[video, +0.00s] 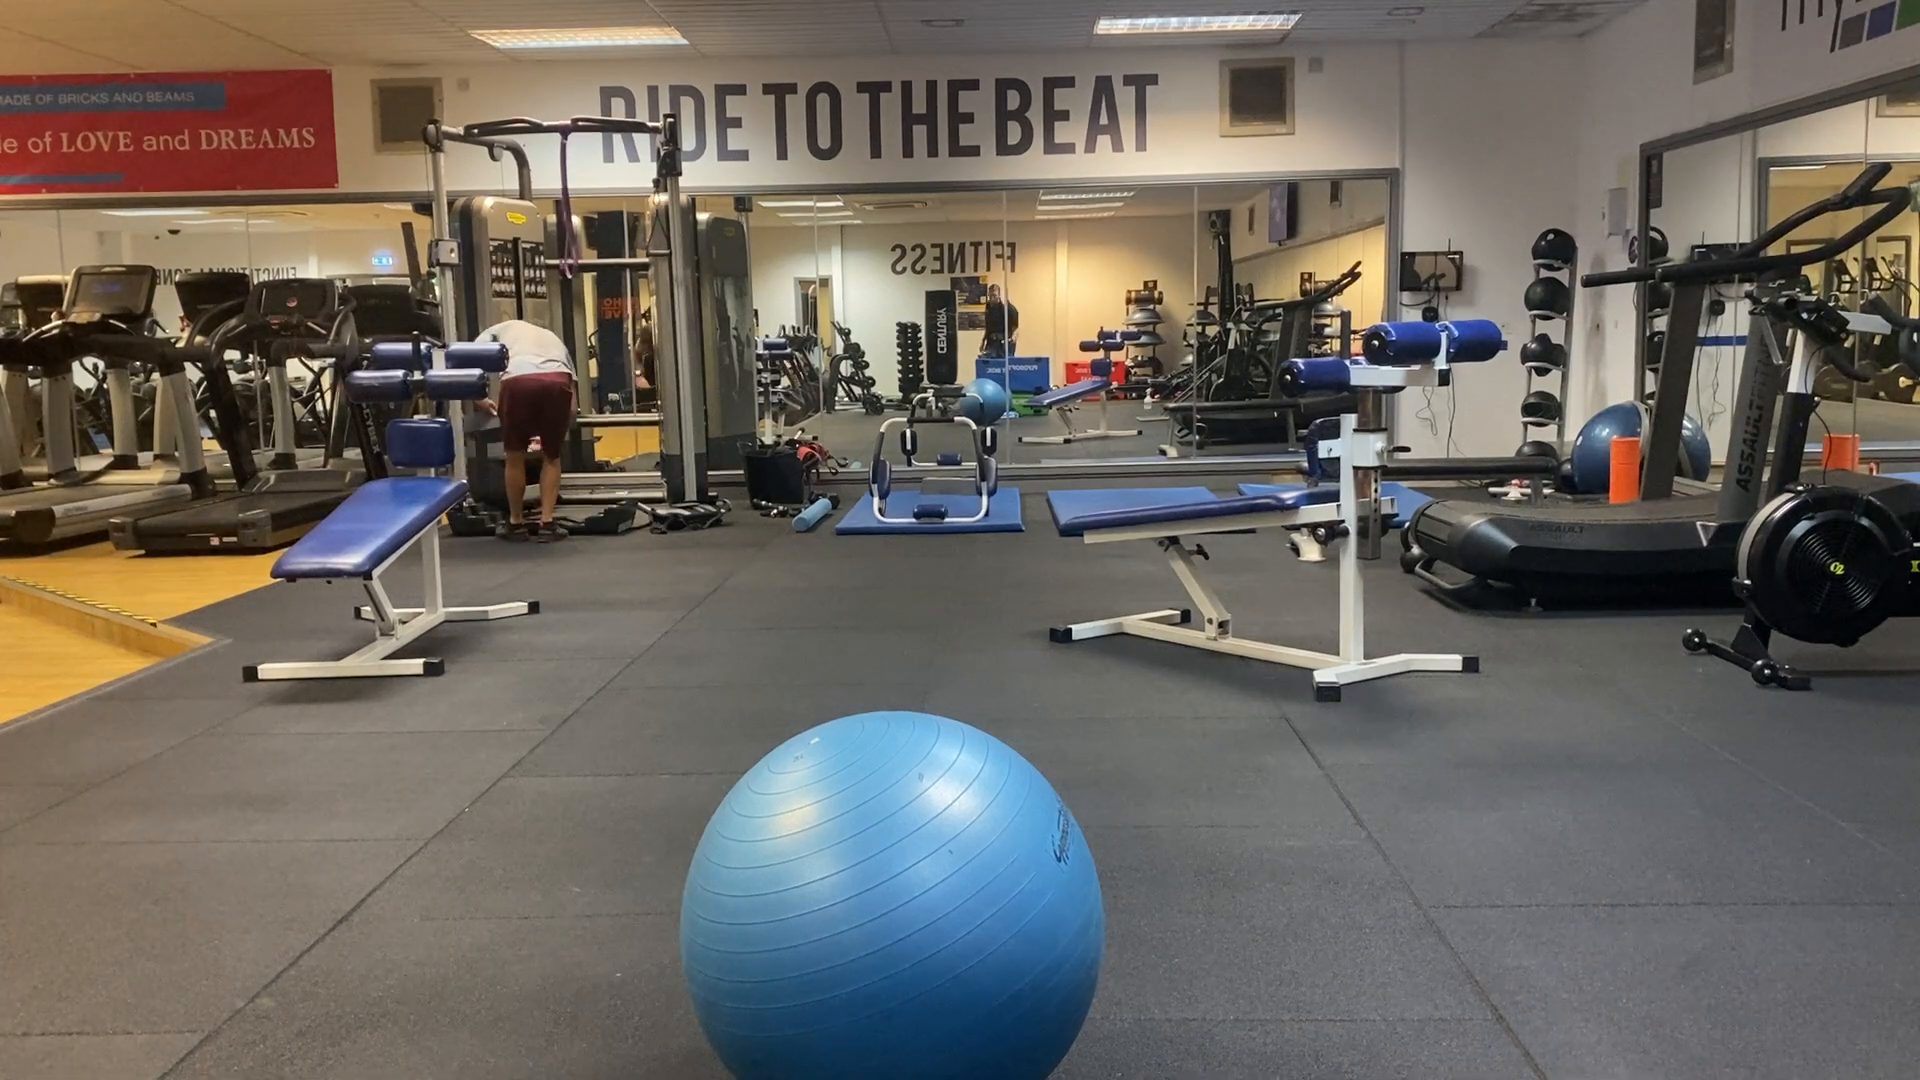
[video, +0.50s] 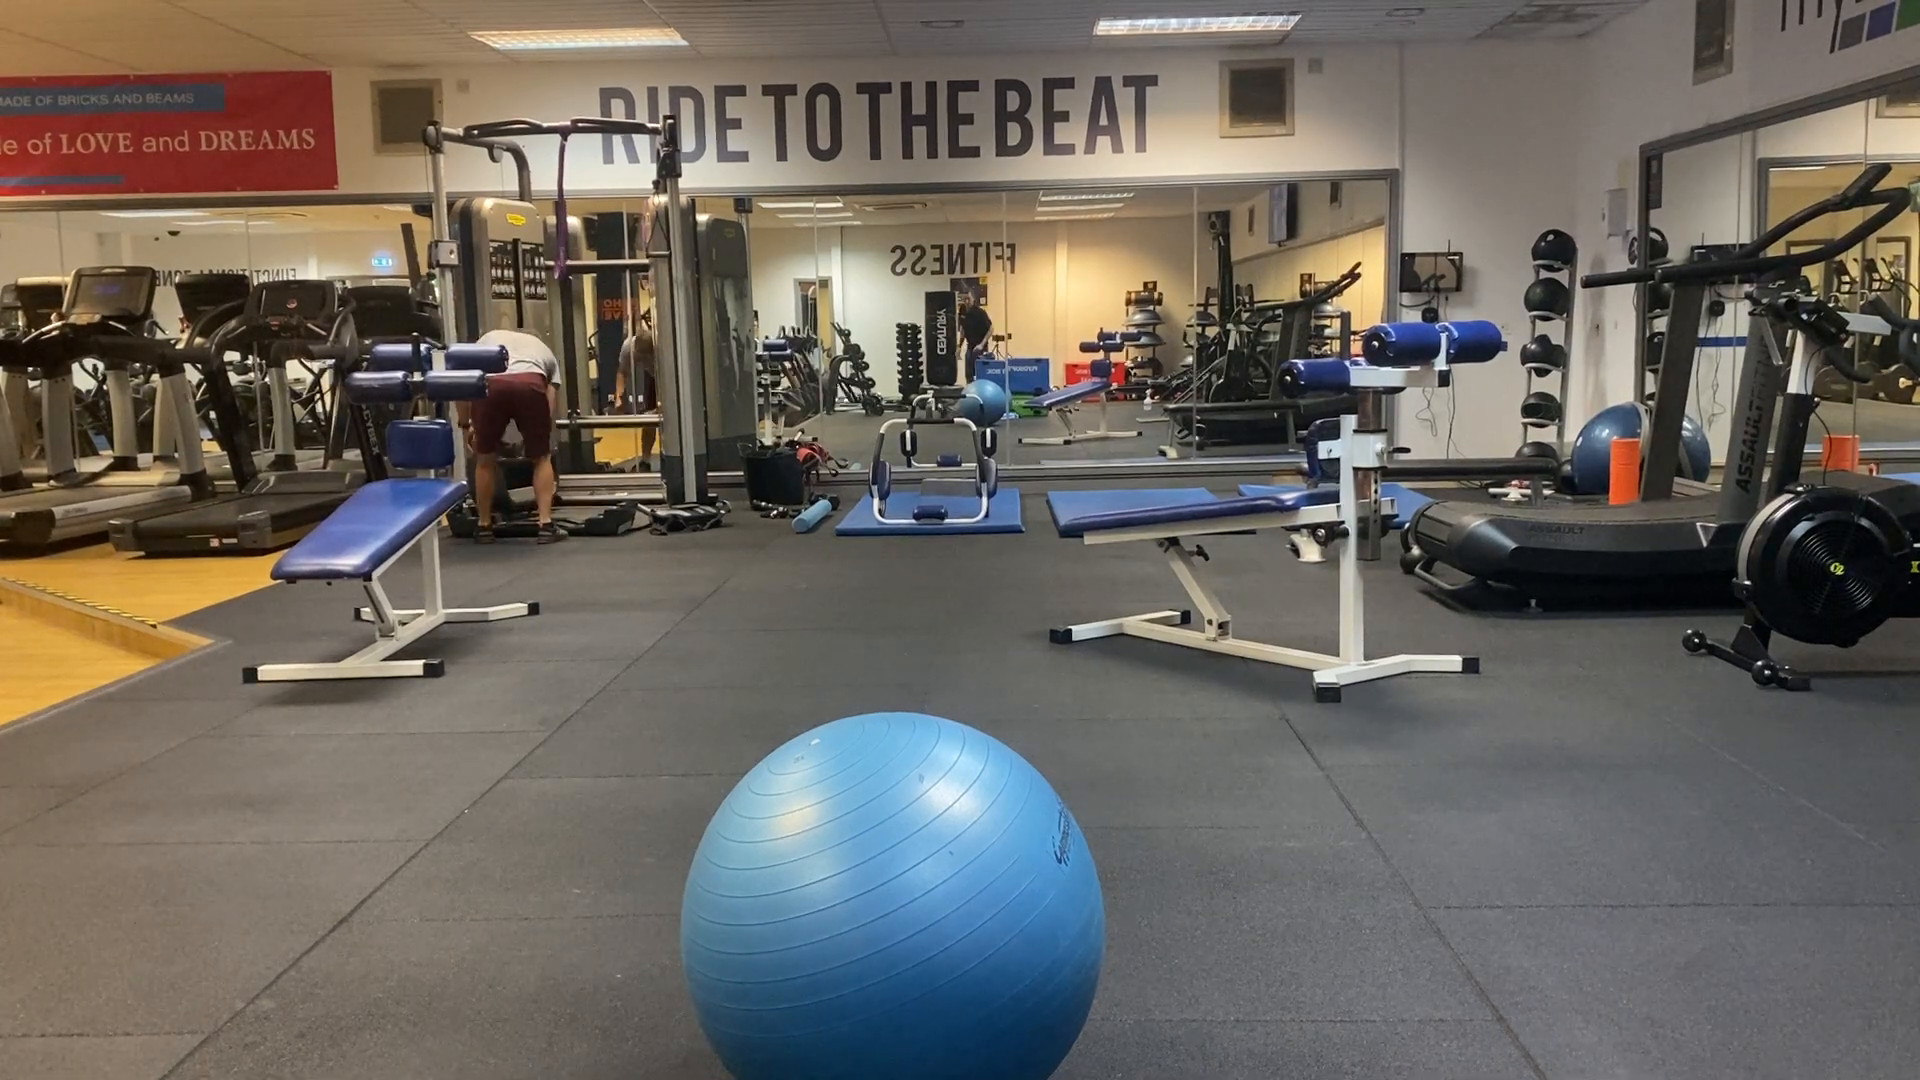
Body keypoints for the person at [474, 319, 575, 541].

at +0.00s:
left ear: (504, 327)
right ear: (532, 326)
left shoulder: (495, 331)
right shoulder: (551, 337)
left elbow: (469, 365)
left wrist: (481, 401)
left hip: (517, 385)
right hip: (558, 384)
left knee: (515, 458)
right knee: (552, 458)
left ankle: (516, 523)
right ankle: (547, 523)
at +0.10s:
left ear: (515, 321)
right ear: (542, 324)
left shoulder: (503, 325)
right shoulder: (556, 337)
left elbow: (471, 354)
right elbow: (573, 405)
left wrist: (482, 397)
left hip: (514, 387)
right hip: (556, 387)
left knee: (509, 457)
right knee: (550, 459)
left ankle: (510, 521)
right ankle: (547, 523)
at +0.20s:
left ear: (515, 320)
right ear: (543, 325)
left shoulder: (501, 325)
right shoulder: (558, 339)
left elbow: (472, 352)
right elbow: (571, 403)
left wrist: (479, 397)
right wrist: (557, 419)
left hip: (511, 387)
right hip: (552, 387)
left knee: (502, 457)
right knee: (550, 460)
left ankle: (497, 521)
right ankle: (546, 524)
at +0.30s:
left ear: (523, 322)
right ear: (545, 327)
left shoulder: (497, 328)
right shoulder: (557, 343)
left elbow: (475, 361)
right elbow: (567, 405)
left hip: (504, 389)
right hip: (545, 389)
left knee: (494, 461)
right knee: (548, 462)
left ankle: (485, 524)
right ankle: (546, 524)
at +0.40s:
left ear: (509, 328)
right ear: (539, 333)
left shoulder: (491, 334)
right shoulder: (553, 347)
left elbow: (475, 374)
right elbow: (560, 408)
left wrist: (477, 413)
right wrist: (539, 433)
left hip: (499, 389)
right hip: (539, 389)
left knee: (489, 464)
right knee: (545, 461)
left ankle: (484, 525)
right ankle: (546, 524)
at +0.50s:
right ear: (533, 339)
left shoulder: (485, 339)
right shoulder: (547, 353)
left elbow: (461, 384)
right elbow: (550, 407)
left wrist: (465, 426)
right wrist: (542, 445)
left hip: (489, 389)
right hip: (531, 389)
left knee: (485, 460)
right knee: (541, 459)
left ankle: (484, 525)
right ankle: (546, 525)